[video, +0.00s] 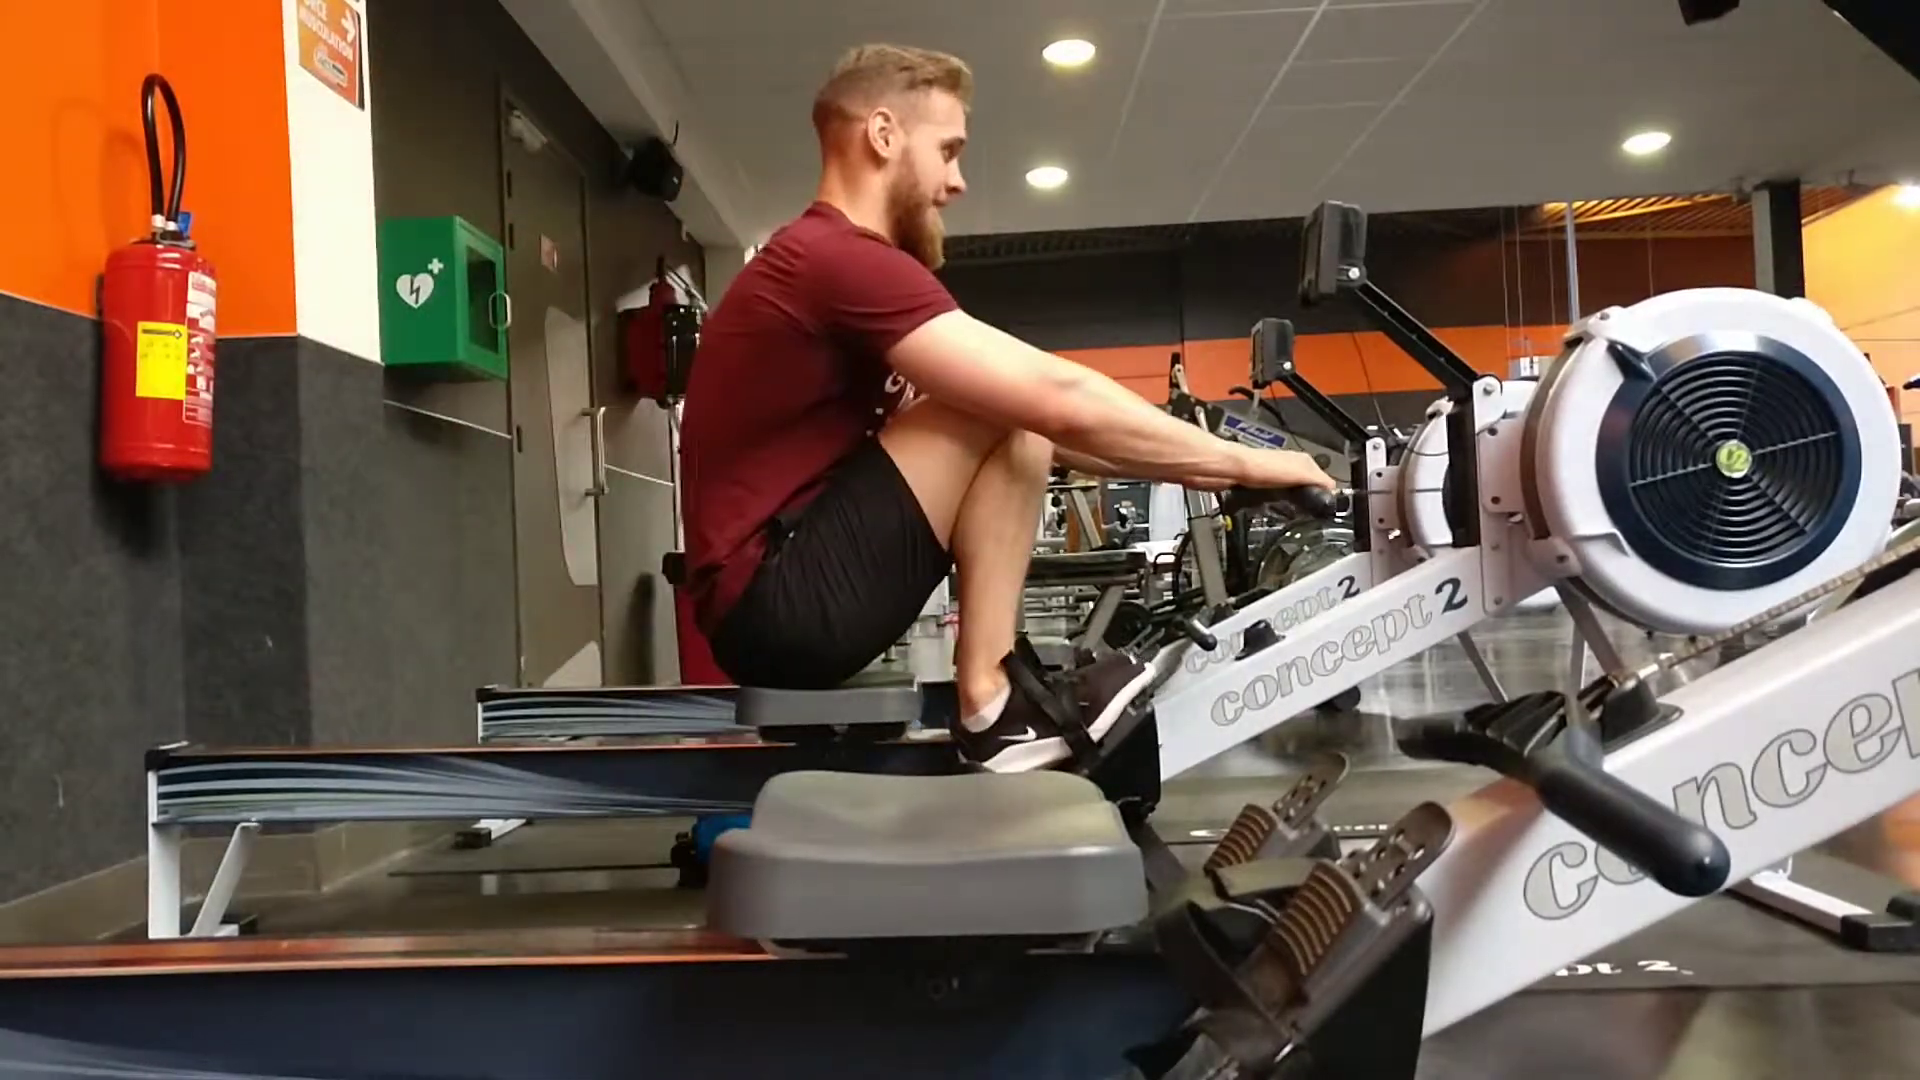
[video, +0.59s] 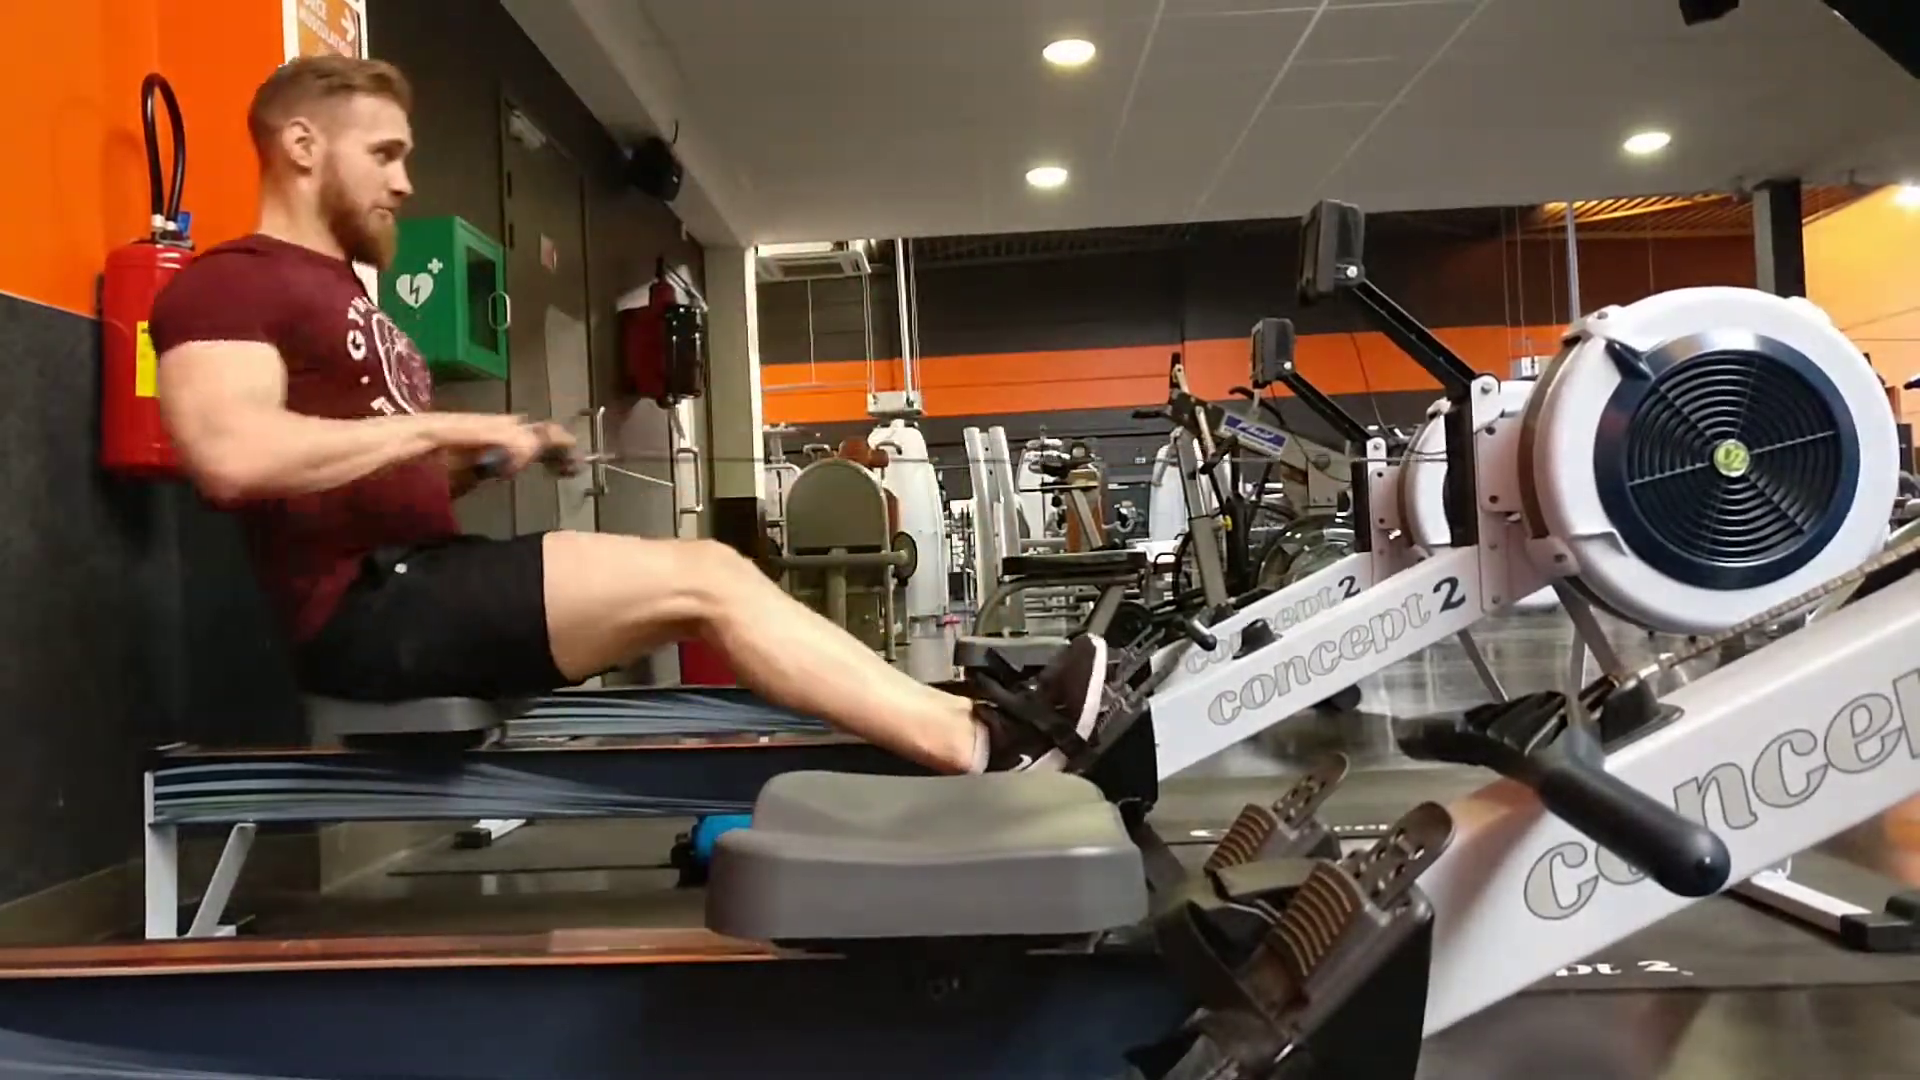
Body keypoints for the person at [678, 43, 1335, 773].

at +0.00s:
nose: (960, 181)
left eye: (960, 156)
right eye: (950, 150)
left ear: (881, 139)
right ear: (880, 135)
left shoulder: (839, 258)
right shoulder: (837, 258)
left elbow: (1047, 397)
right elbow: (1062, 400)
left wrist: (1207, 462)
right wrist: (1241, 463)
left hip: (778, 601)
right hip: (772, 610)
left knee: (1016, 411)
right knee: (1007, 407)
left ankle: (992, 682)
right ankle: (984, 703)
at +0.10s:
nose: (911, 171)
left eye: (910, 145)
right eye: (898, 141)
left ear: (826, 135)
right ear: (825, 130)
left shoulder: (798, 258)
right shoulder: (783, 258)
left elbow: (992, 389)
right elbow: (1007, 398)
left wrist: (1173, 445)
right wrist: (1193, 448)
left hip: (756, 602)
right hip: (748, 614)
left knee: (982, 417)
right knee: (978, 423)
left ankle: (991, 689)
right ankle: (986, 711)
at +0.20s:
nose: (806, 153)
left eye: (801, 127)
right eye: (790, 122)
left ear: (718, 117)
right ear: (717, 114)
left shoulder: (689, 248)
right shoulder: (672, 245)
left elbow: (853, 390)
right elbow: (866, 397)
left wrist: (1041, 423)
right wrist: (1054, 426)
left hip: (684, 599)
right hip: (675, 608)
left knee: (922, 432)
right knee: (931, 440)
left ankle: (991, 709)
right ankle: (989, 729)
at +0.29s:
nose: (682, 144)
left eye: (679, 118)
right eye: (663, 114)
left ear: (592, 118)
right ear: (583, 113)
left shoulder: (611, 256)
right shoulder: (553, 247)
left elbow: (745, 388)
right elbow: (732, 404)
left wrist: (923, 416)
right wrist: (934, 413)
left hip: (621, 595)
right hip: (587, 604)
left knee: (879, 445)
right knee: (877, 454)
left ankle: (986, 722)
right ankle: (993, 738)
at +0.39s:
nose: (535, 150)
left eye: (535, 129)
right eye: (516, 125)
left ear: (446, 122)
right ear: (431, 114)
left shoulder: (485, 267)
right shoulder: (402, 260)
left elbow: (614, 412)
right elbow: (571, 413)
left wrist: (786, 426)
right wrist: (787, 422)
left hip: (534, 589)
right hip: (487, 607)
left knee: (803, 485)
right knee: (798, 490)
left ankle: (986, 723)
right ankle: (991, 737)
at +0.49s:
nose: (432, 175)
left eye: (434, 153)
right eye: (414, 146)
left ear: (353, 142)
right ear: (329, 136)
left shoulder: (391, 289)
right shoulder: (281, 279)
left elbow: (508, 447)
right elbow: (394, 433)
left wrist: (613, 423)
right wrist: (613, 414)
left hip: (479, 581)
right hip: (422, 606)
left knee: (749, 537)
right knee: (746, 539)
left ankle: (979, 724)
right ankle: (984, 742)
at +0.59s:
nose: (406, 185)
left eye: (406, 161)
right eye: (386, 156)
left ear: (315, 152)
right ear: (298, 148)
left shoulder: (354, 298)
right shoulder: (233, 280)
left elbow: (379, 467)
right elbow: (231, 455)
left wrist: (489, 449)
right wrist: (435, 429)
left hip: (424, 590)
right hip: (365, 608)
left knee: (713, 568)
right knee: (709, 567)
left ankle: (974, 731)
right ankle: (973, 752)